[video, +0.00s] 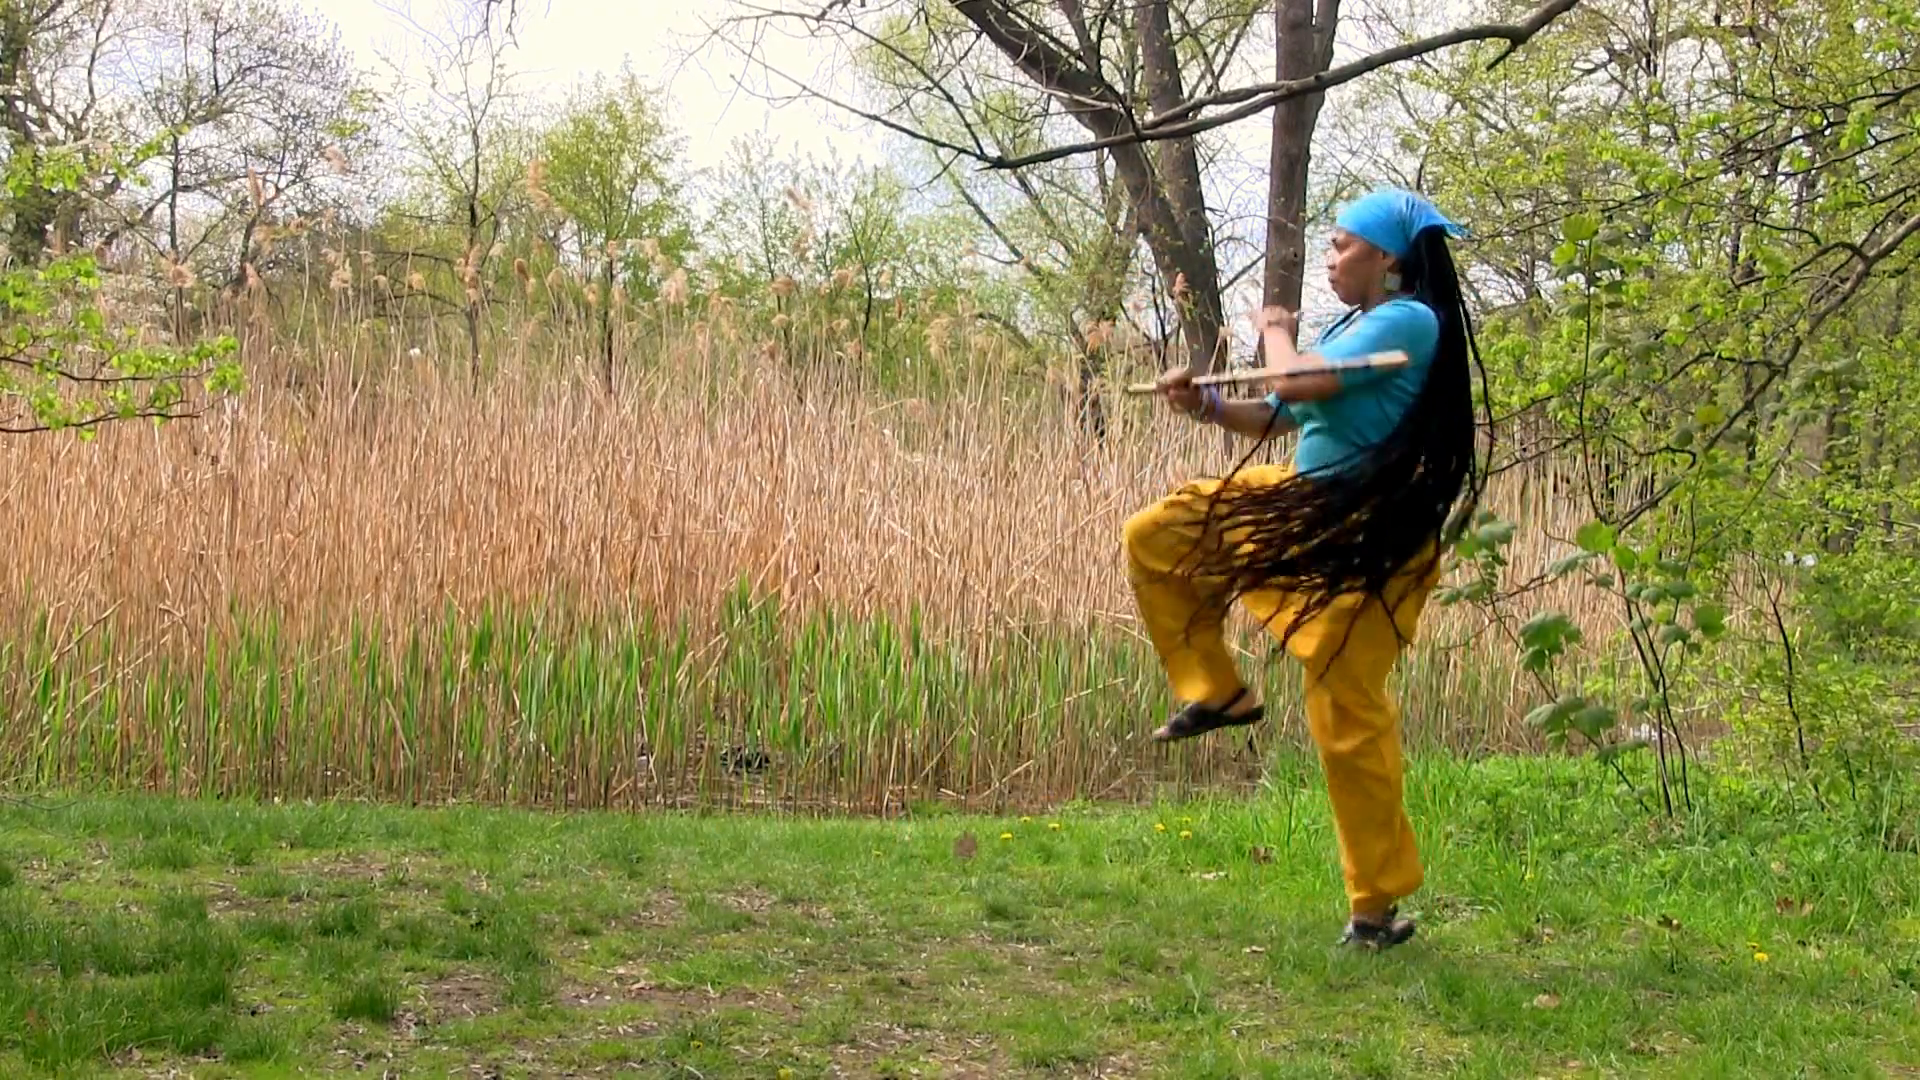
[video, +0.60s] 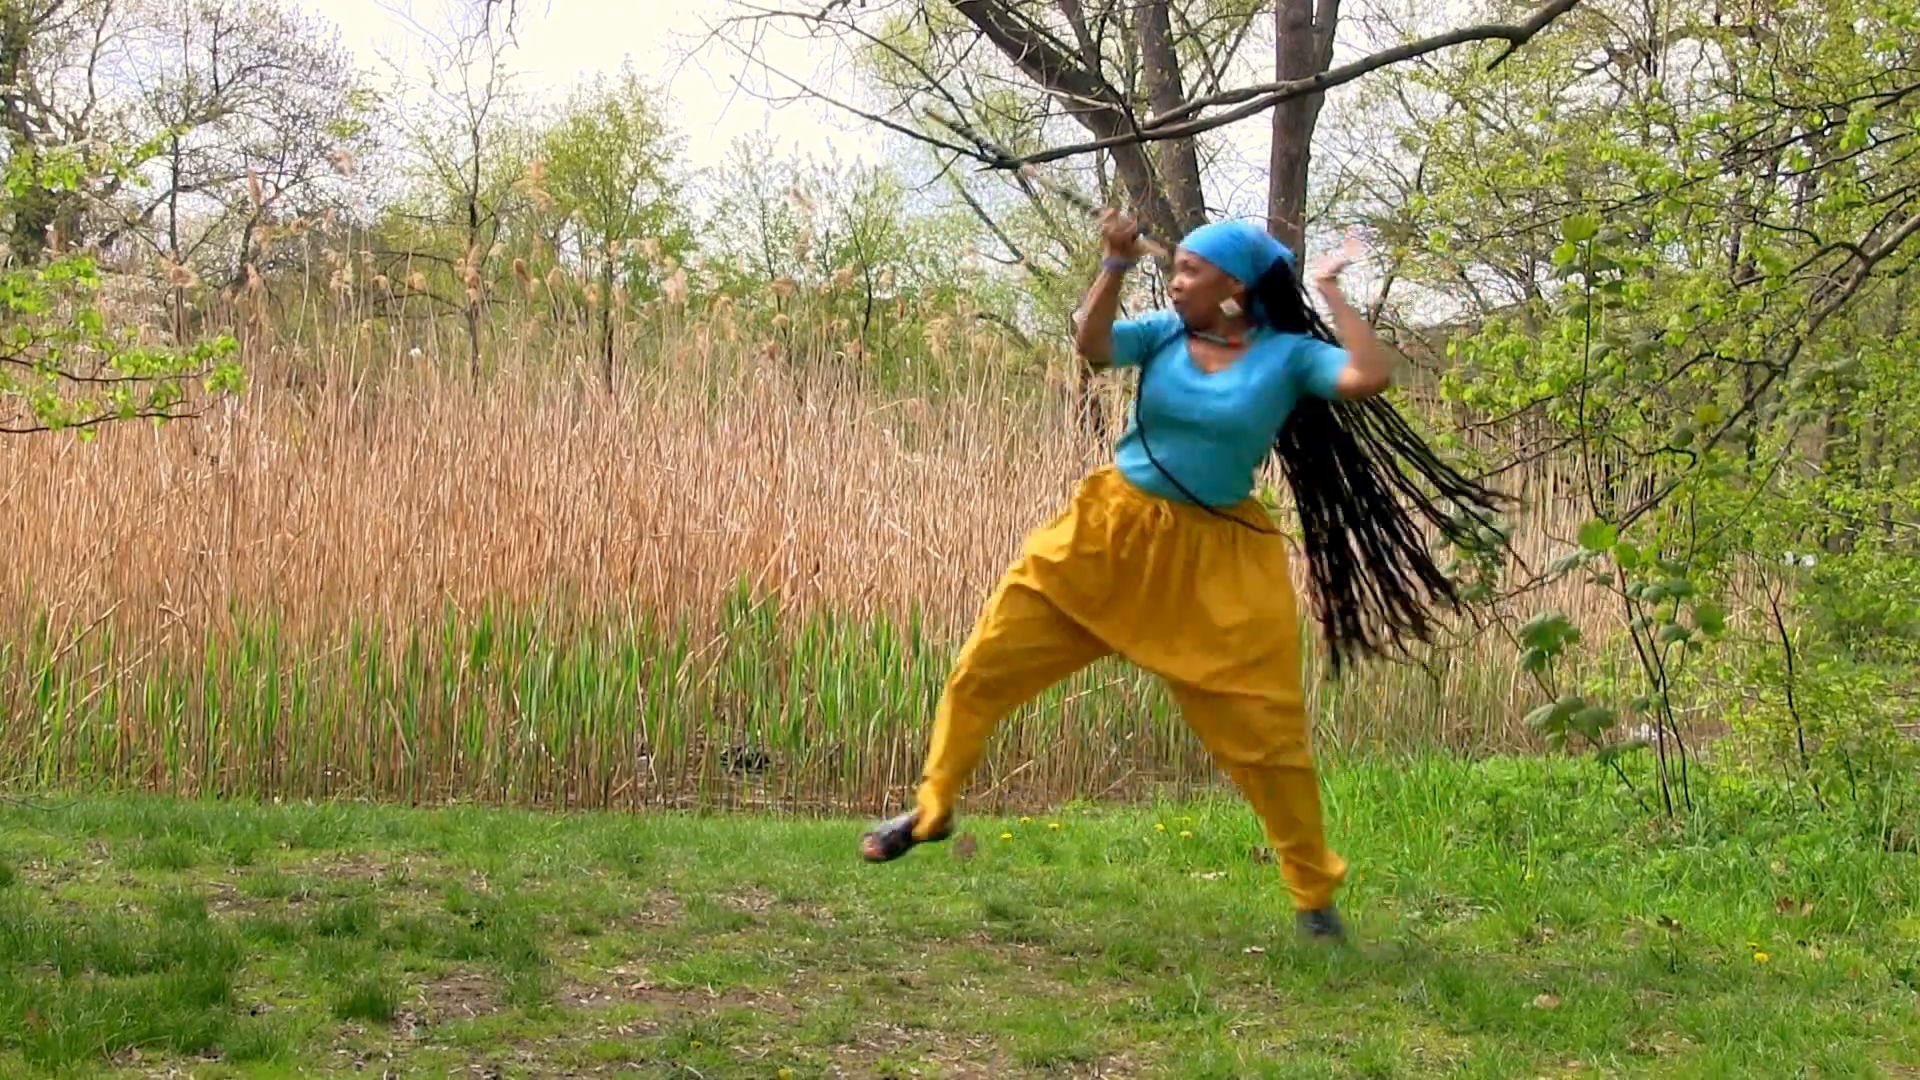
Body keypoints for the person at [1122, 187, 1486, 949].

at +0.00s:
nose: (1329, 257)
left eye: (1344, 245)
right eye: (1332, 244)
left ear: (1389, 258)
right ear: (1366, 259)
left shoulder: (1409, 322)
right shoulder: (1350, 331)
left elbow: (1304, 384)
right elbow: (1277, 417)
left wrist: (1275, 331)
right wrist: (1210, 405)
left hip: (1376, 537)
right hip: (1305, 504)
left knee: (1345, 711)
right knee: (1158, 539)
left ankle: (1376, 903)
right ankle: (1214, 690)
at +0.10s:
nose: (1325, 285)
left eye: (1340, 274)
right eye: (1328, 271)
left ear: (1386, 286)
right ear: (1355, 282)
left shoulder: (1432, 367)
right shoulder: (1327, 348)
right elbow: (1265, 450)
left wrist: (1301, 424)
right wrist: (1198, 492)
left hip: (1364, 570)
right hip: (1275, 532)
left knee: (1345, 744)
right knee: (1136, 600)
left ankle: (1364, 914)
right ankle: (1134, 765)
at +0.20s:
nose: (1315, 324)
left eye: (1331, 314)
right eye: (1318, 311)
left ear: (1379, 331)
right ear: (1348, 326)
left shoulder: (1441, 412)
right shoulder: (1301, 386)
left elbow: (1483, 516)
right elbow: (1235, 482)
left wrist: (1374, 513)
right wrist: (1158, 551)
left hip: (1381, 609)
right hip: (1269, 577)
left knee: (1355, 776)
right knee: (1161, 712)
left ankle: (1359, 928)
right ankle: (1107, 859)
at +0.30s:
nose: (1304, 343)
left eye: (1320, 334)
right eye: (1306, 329)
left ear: (1366, 355)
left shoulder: (1423, 431)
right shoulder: (1282, 399)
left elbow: (1527, 503)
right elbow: (1214, 484)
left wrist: (1473, 493)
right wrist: (1142, 536)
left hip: (1357, 602)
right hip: (1253, 591)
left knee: (1358, 777)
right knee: (1208, 766)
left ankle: (1361, 926)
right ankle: (1167, 914)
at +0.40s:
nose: (1276, 343)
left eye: (1292, 334)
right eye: (1279, 330)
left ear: (1339, 352)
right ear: (1286, 335)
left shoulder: (1390, 431)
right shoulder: (1259, 395)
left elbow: (1503, 470)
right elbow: (1178, 452)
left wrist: (1455, 397)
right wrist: (1128, 455)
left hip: (1325, 601)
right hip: (1219, 586)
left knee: (1346, 771)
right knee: (1149, 737)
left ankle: (1363, 925)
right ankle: (1150, 861)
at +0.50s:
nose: (1232, 309)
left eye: (1249, 301)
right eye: (1235, 297)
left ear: (1295, 323)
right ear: (1248, 313)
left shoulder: (1347, 396)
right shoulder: (1211, 367)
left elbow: (1456, 412)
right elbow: (1124, 405)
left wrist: (1427, 323)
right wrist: (1081, 362)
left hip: (1276, 583)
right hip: (1174, 558)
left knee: (1313, 767)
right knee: (1058, 674)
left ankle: (1364, 924)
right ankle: (1054, 830)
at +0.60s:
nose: (1176, 277)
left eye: (1192, 268)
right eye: (1177, 266)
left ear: (1238, 286)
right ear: (1188, 281)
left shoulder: (1289, 357)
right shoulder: (1165, 333)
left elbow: (1369, 374)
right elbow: (1092, 347)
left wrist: (1332, 291)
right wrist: (1113, 271)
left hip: (1220, 551)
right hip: (1114, 521)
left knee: (1269, 730)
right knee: (987, 658)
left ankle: (1314, 901)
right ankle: (929, 809)